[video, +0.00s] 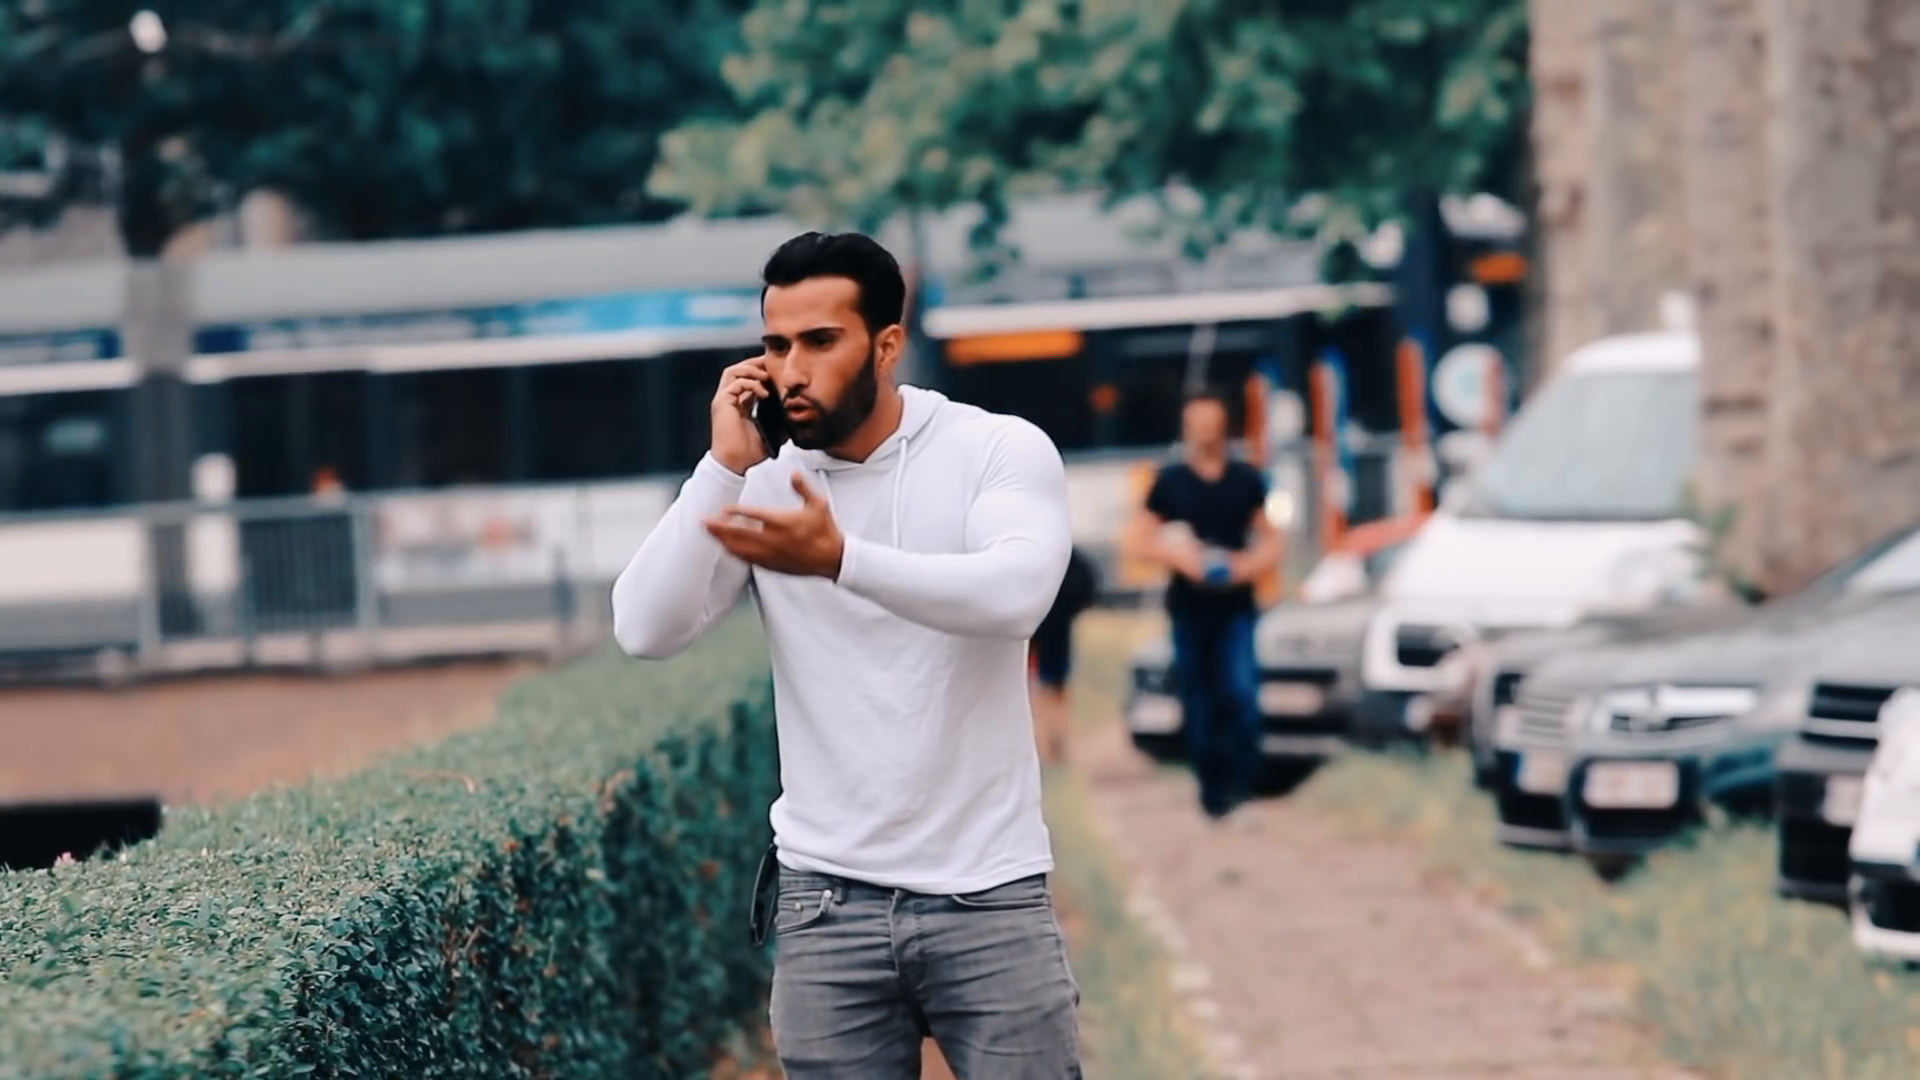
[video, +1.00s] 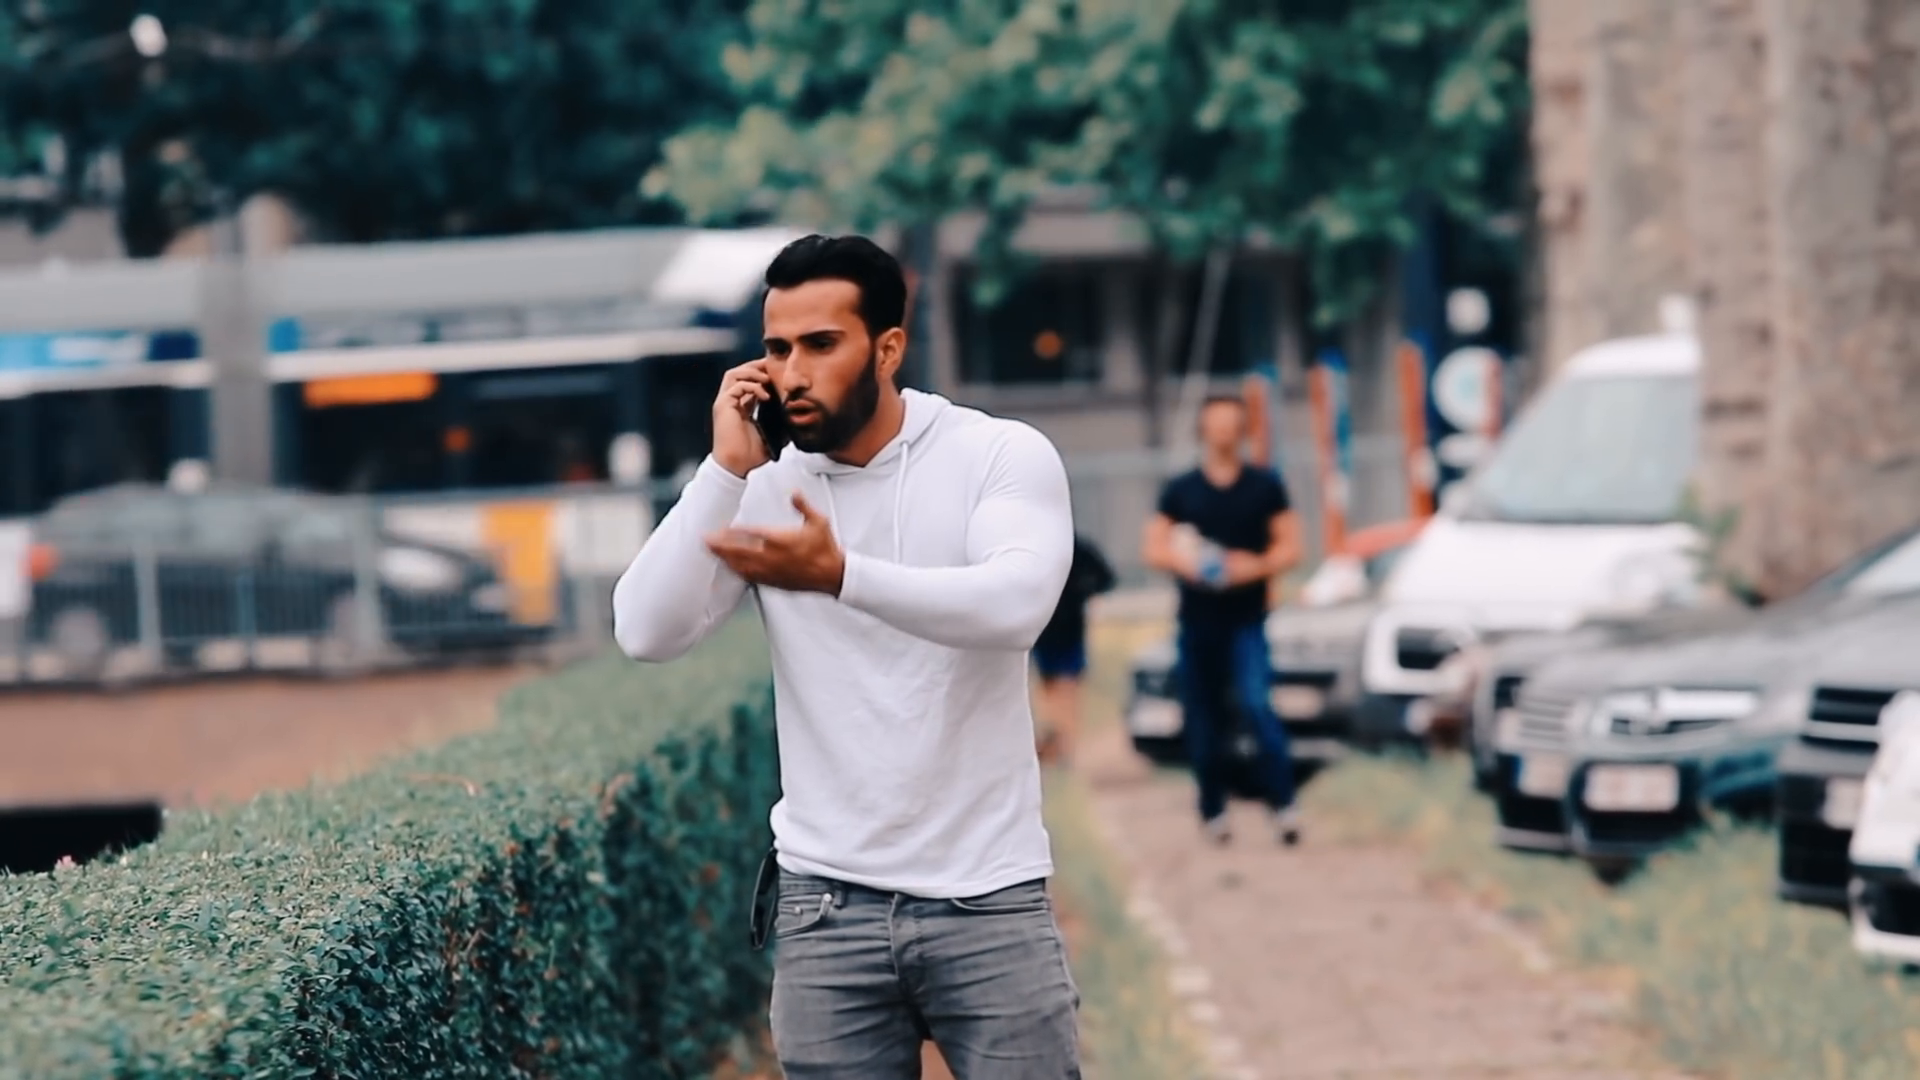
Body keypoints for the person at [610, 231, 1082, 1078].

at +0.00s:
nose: (789, 371)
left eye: (818, 342)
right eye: (776, 346)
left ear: (887, 343)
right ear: (762, 350)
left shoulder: (1003, 450)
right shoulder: (762, 481)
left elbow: (1015, 598)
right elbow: (644, 627)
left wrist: (838, 560)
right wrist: (722, 467)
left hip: (992, 895)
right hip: (823, 901)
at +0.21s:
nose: (789, 373)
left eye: (818, 343)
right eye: (775, 348)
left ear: (888, 346)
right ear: (759, 356)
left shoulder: (1003, 450)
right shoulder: (764, 486)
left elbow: (1014, 596)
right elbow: (643, 629)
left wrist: (839, 535)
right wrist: (723, 471)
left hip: (991, 896)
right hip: (822, 902)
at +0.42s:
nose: (785, 374)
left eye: (813, 344)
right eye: (771, 349)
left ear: (882, 347)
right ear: (756, 355)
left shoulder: (1000, 452)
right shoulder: (758, 486)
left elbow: (1008, 602)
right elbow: (641, 631)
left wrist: (836, 583)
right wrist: (718, 468)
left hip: (988, 897)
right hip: (819, 903)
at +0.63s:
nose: (785, 373)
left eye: (814, 344)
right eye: (771, 348)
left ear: (883, 348)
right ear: (757, 357)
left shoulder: (1002, 454)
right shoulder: (756, 491)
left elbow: (1009, 611)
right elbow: (642, 632)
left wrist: (849, 640)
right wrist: (721, 468)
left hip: (989, 899)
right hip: (820, 905)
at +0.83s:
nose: (788, 373)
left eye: (817, 343)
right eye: (775, 348)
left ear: (886, 346)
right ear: (760, 355)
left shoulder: (1004, 456)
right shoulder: (758, 491)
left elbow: (1012, 612)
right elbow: (643, 630)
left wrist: (849, 630)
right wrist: (723, 466)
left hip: (990, 898)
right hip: (821, 904)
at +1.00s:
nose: (790, 374)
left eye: (819, 345)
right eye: (778, 349)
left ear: (888, 347)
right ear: (763, 355)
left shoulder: (1006, 457)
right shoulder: (764, 487)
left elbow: (1014, 607)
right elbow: (645, 631)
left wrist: (838, 574)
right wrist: (723, 469)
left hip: (991, 897)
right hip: (822, 902)